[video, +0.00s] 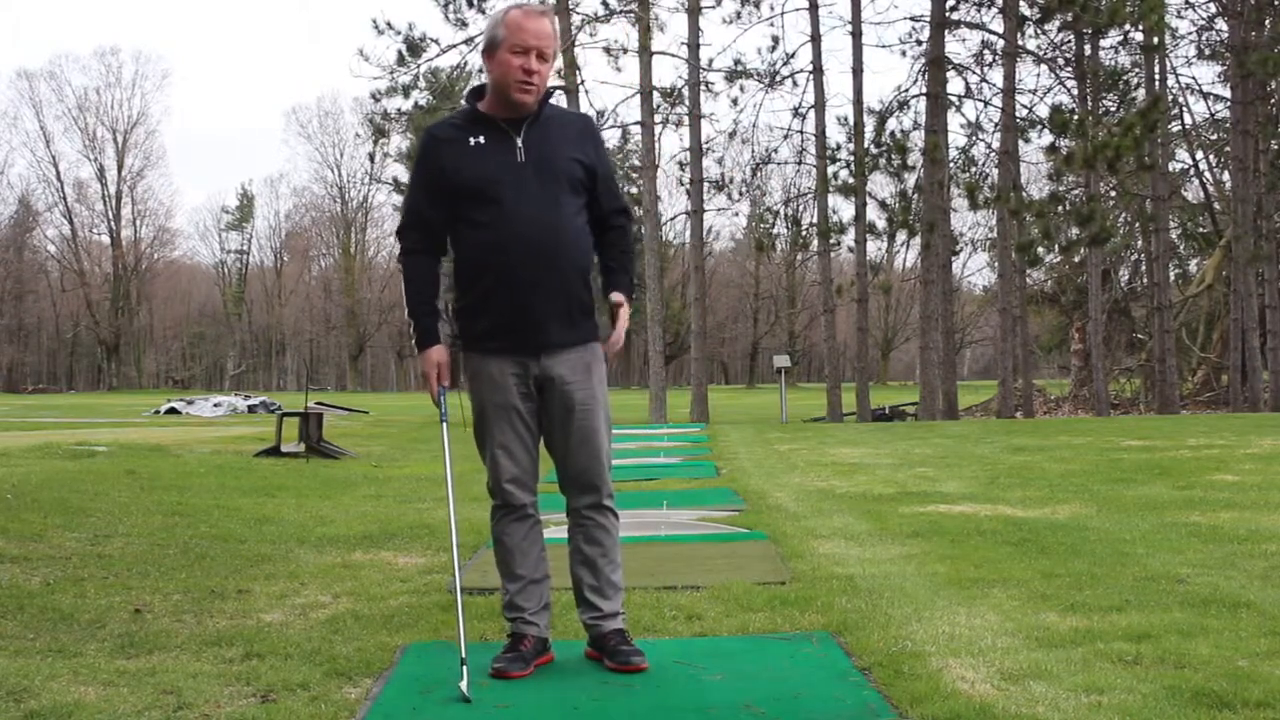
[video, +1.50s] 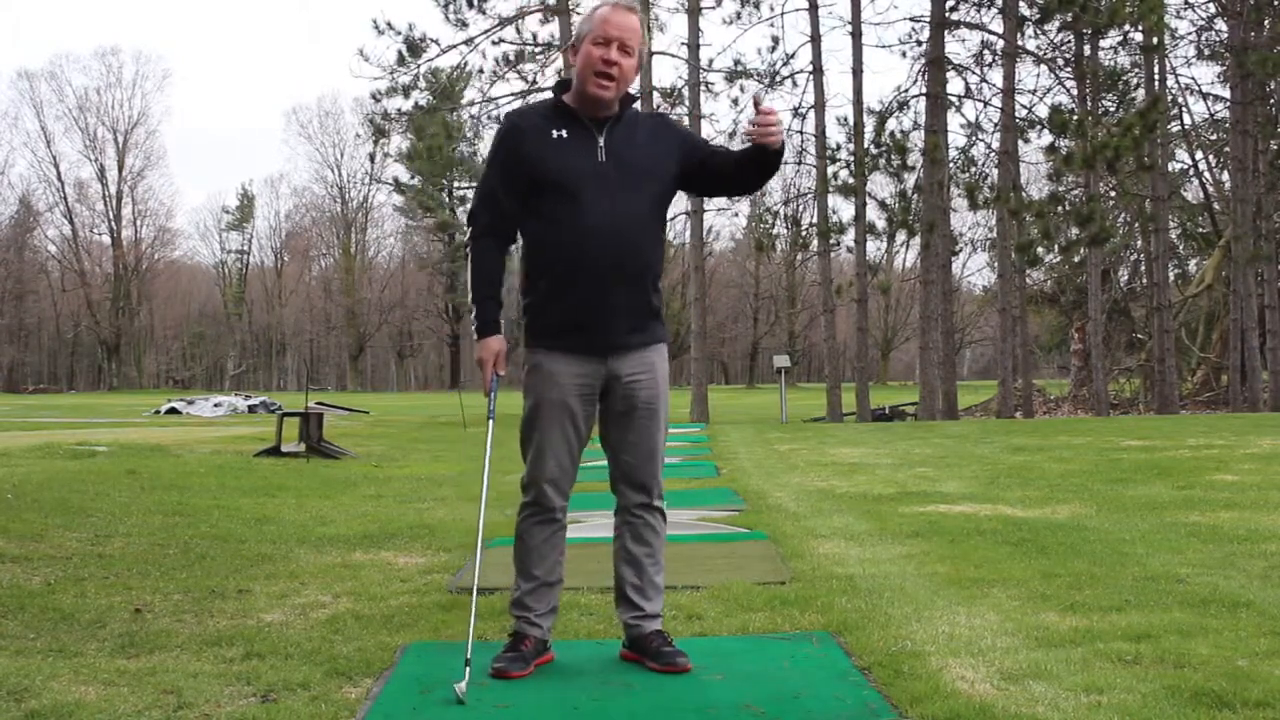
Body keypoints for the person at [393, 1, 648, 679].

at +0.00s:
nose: (533, 67)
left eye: (544, 57)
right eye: (520, 53)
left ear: (554, 65)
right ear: (487, 58)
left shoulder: (578, 132)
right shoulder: (444, 142)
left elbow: (613, 219)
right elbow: (419, 245)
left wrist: (622, 291)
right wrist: (428, 338)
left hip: (575, 339)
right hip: (489, 345)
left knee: (592, 491)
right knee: (511, 497)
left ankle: (608, 628)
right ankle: (527, 632)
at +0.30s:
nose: (529, 67)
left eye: (540, 56)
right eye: (515, 53)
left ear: (550, 63)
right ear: (485, 57)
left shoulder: (575, 132)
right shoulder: (441, 142)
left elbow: (614, 210)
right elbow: (414, 245)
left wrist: (638, 248)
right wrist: (424, 338)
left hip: (571, 340)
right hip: (488, 347)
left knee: (593, 492)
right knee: (510, 496)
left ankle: (607, 628)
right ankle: (528, 632)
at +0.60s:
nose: (530, 69)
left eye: (541, 58)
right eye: (518, 55)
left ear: (550, 66)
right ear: (486, 59)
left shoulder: (575, 133)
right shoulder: (442, 143)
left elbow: (628, 224)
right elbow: (418, 247)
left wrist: (615, 210)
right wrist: (429, 344)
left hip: (574, 339)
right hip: (490, 345)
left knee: (595, 492)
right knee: (512, 496)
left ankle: (608, 628)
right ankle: (528, 632)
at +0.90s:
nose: (538, 67)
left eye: (549, 56)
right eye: (525, 52)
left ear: (560, 65)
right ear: (494, 59)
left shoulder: (585, 129)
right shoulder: (451, 141)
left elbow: (655, 196)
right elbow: (423, 244)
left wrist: (628, 173)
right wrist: (432, 341)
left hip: (584, 338)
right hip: (500, 347)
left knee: (616, 485)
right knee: (517, 495)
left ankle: (630, 625)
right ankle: (527, 631)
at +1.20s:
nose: (567, 57)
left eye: (581, 50)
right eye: (556, 44)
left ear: (594, 67)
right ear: (529, 53)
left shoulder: (620, 135)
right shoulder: (484, 135)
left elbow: (690, 186)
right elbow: (450, 234)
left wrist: (682, 141)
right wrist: (451, 332)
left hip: (606, 341)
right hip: (524, 345)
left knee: (626, 490)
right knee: (529, 496)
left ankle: (644, 629)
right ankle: (529, 631)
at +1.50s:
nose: (611, 57)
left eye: (625, 50)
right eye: (601, 43)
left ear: (639, 66)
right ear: (573, 50)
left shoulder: (663, 137)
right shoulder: (525, 130)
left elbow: (732, 176)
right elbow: (488, 231)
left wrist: (768, 148)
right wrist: (487, 326)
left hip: (640, 341)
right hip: (556, 342)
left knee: (643, 495)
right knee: (545, 495)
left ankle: (645, 630)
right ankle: (530, 631)